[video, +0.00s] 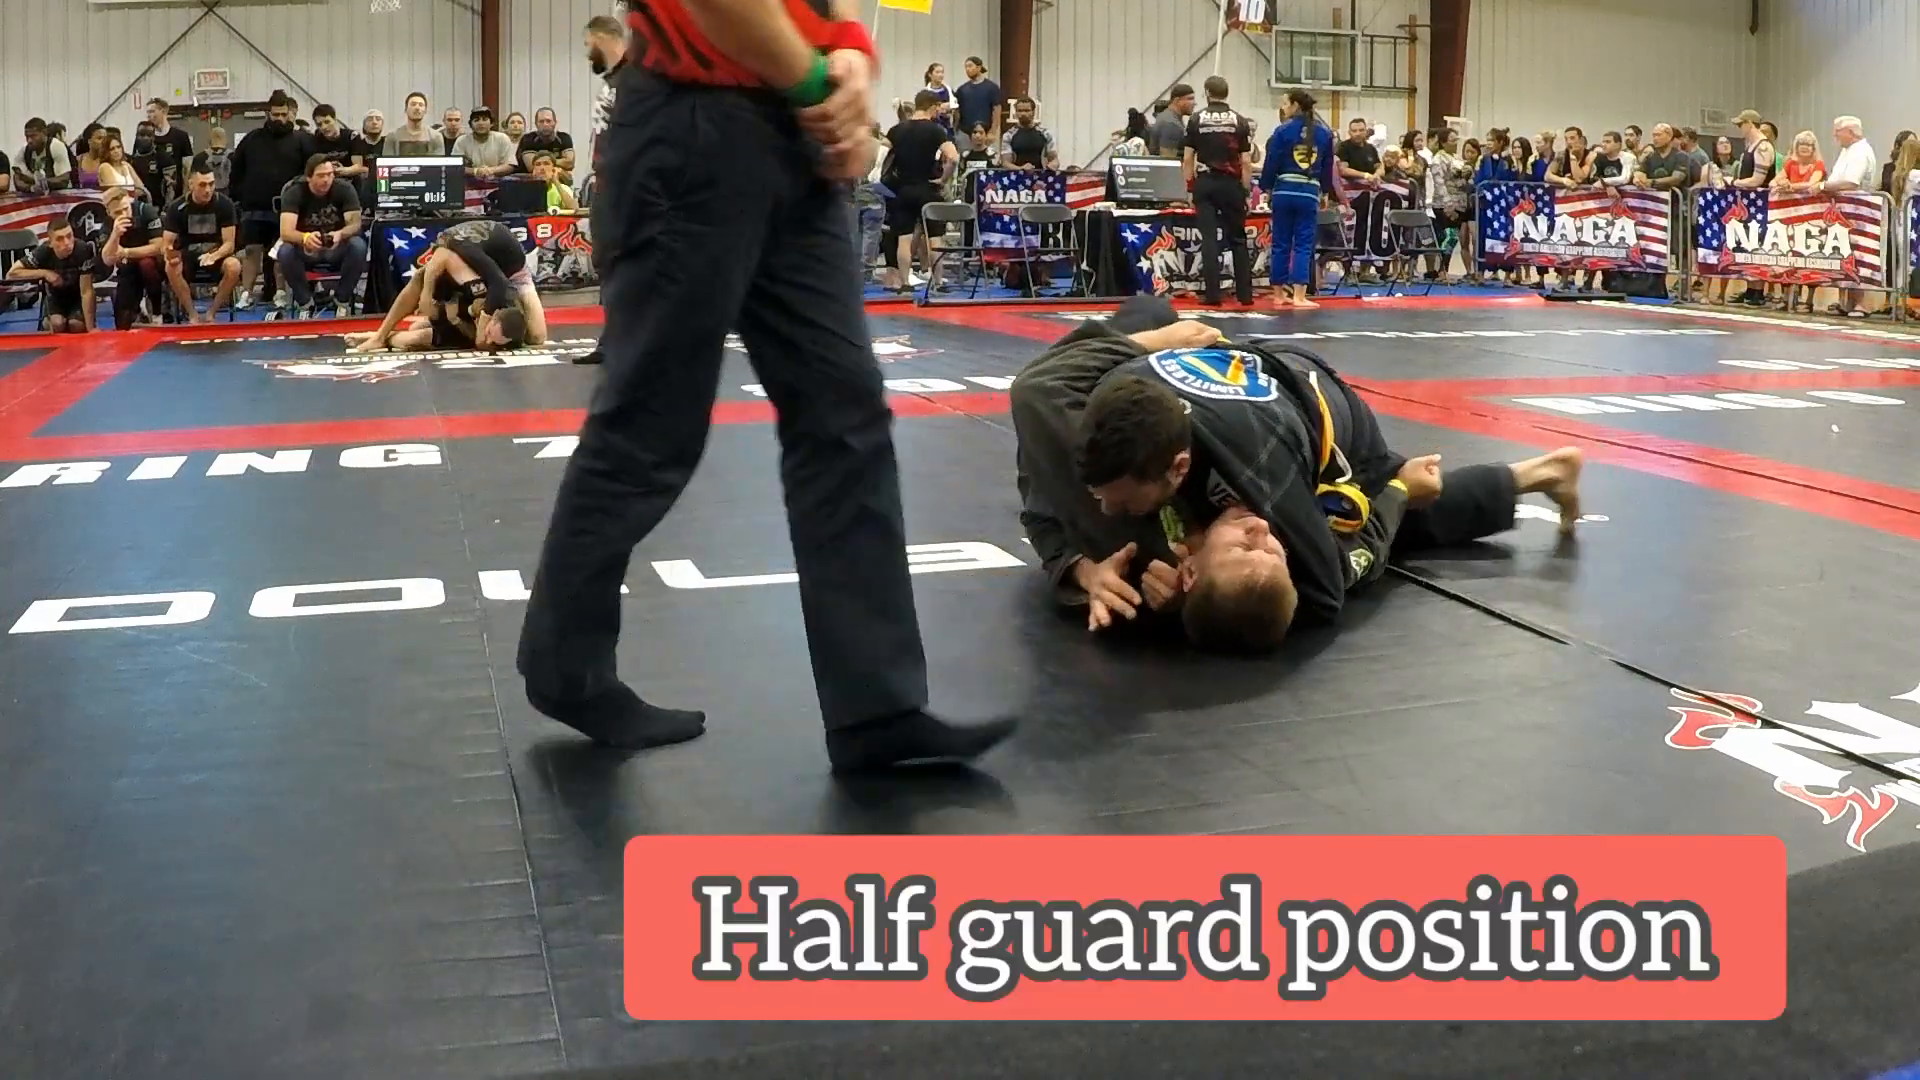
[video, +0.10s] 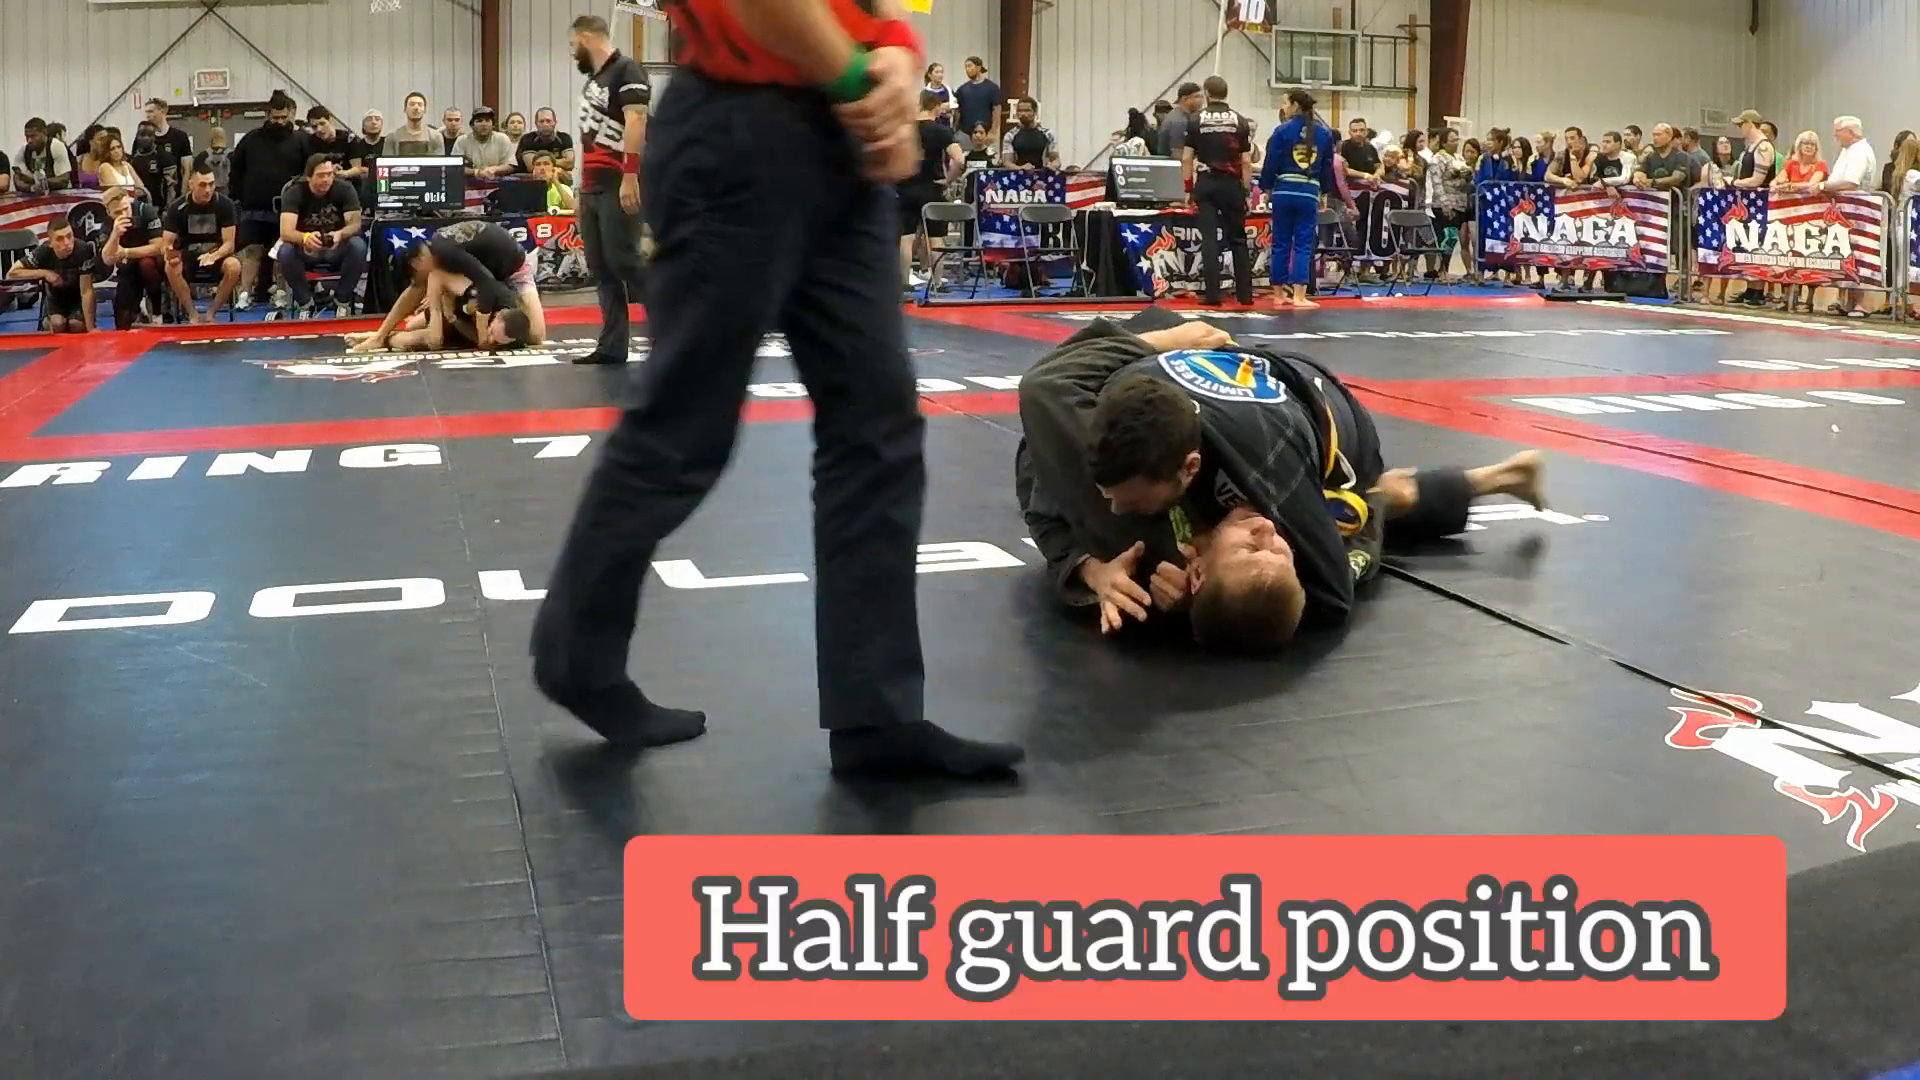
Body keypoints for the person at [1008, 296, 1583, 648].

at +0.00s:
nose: (1107, 504)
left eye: (1122, 497)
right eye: (1102, 490)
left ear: (1174, 468)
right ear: (1091, 453)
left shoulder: (1248, 469)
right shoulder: (1077, 422)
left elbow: (1323, 597)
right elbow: (1050, 513)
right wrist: (1084, 571)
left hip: (1320, 410)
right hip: (1235, 363)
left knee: (1417, 513)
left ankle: (1543, 475)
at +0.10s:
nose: (1121, 509)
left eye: (1136, 502)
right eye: (1114, 495)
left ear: (1184, 470)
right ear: (1099, 446)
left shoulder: (1269, 478)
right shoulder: (1069, 414)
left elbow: (1333, 598)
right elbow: (1045, 507)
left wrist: (1197, 590)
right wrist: (1095, 574)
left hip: (1331, 422)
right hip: (1233, 365)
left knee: (1383, 498)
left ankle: (1505, 475)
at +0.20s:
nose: (1123, 513)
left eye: (1139, 505)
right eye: (1116, 498)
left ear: (1191, 473)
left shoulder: (1271, 483)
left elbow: (1332, 602)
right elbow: (1049, 513)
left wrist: (1194, 597)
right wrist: (1092, 572)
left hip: (1327, 415)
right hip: (1233, 359)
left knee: (1368, 495)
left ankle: (1474, 477)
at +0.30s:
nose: (1123, 510)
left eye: (1139, 502)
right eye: (1115, 494)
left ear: (1192, 469)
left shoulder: (1270, 483)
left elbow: (1332, 597)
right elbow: (1044, 506)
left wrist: (1199, 596)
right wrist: (1088, 566)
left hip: (1328, 417)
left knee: (1350, 502)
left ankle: (1451, 480)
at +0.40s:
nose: (1124, 512)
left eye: (1139, 504)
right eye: (1116, 496)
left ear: (1192, 471)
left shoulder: (1271, 479)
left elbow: (1333, 600)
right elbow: (1043, 516)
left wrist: (1194, 597)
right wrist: (1090, 568)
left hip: (1319, 411)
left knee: (1346, 505)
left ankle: (1463, 471)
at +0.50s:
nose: (1129, 520)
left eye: (1145, 510)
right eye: (1118, 507)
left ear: (1191, 471)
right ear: (1103, 459)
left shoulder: (1271, 475)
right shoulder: (1061, 418)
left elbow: (1330, 600)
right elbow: (1041, 521)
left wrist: (1196, 594)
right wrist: (1087, 570)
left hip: (1303, 400)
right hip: (1213, 364)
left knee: (1372, 502)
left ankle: (1510, 470)